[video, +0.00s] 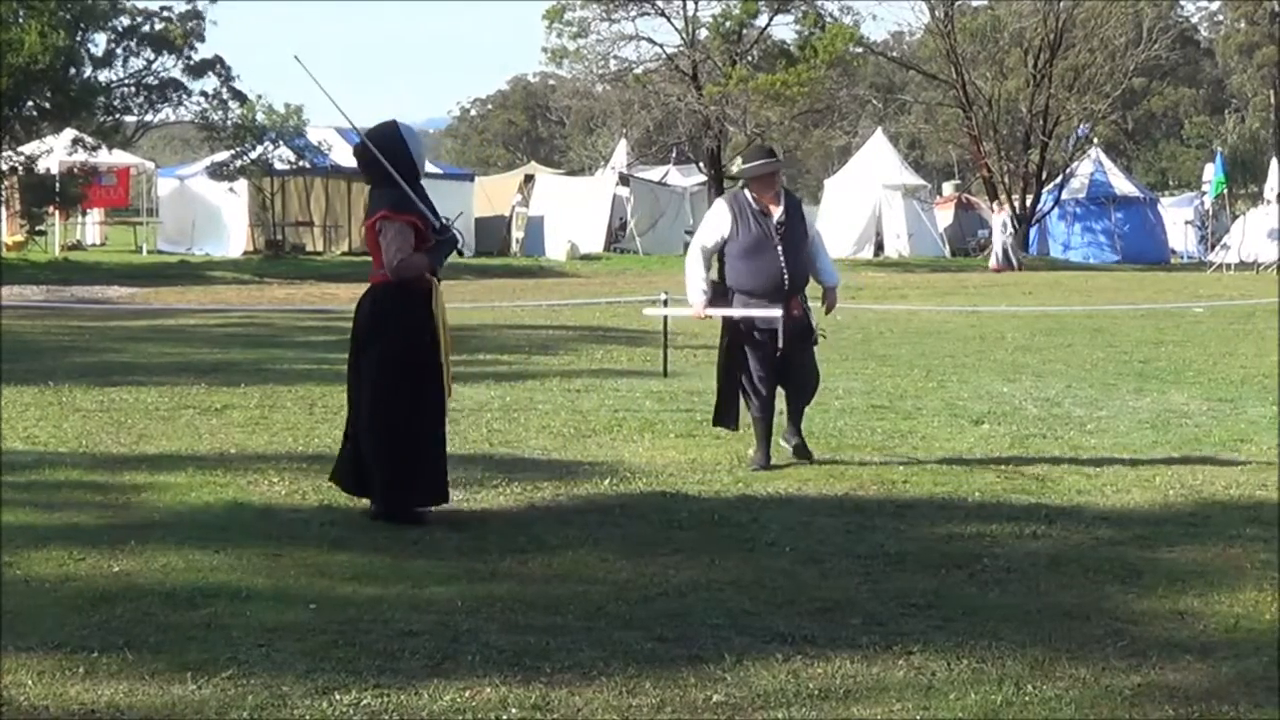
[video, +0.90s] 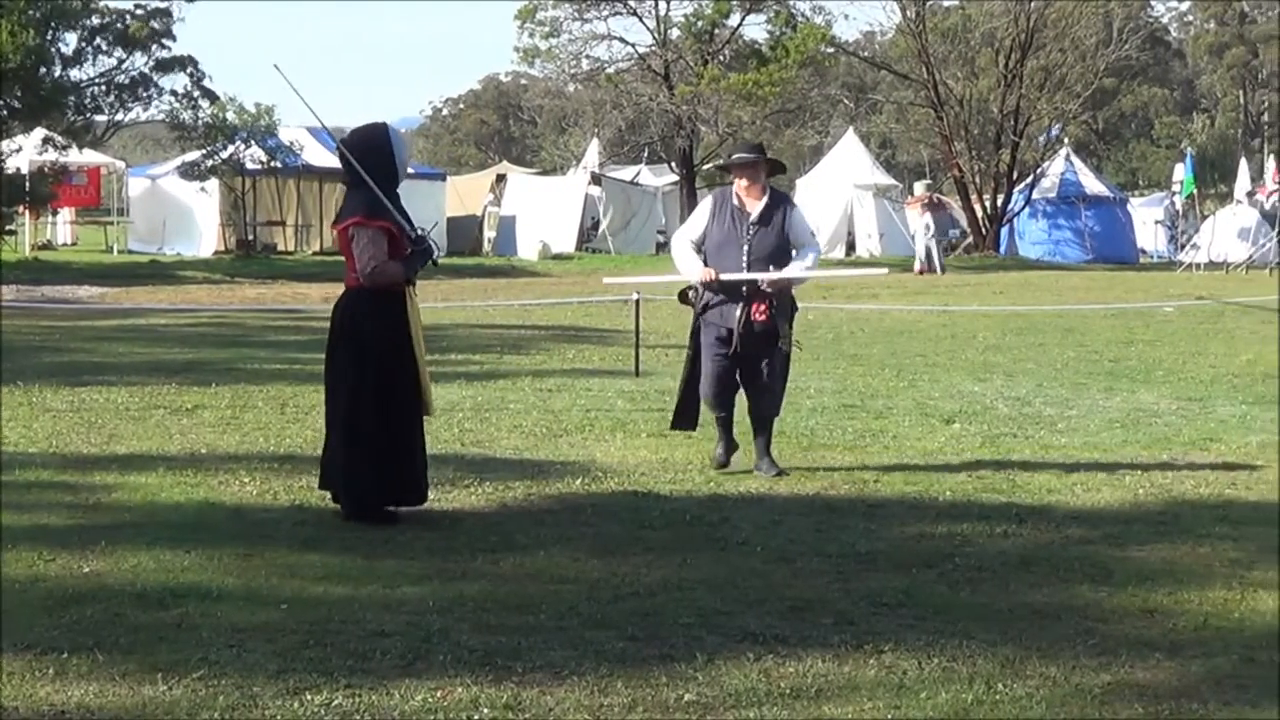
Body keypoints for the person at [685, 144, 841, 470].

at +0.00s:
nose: (771, 181)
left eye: (774, 174)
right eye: (763, 177)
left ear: (780, 173)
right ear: (748, 180)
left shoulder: (794, 205)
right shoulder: (728, 209)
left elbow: (814, 245)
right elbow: (698, 251)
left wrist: (830, 282)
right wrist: (698, 296)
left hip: (793, 306)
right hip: (749, 308)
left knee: (805, 377)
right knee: (759, 384)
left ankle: (793, 429)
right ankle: (762, 450)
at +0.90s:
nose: (744, 175)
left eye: (751, 169)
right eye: (738, 170)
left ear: (765, 170)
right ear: (731, 173)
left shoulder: (785, 208)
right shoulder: (714, 203)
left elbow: (811, 251)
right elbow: (680, 240)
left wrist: (786, 277)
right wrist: (697, 270)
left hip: (768, 309)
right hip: (719, 308)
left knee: (766, 387)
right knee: (713, 387)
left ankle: (763, 455)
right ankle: (724, 438)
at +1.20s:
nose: (694, 173)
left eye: (702, 166)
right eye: (690, 168)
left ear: (721, 171)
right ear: (684, 173)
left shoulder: (740, 209)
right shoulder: (670, 204)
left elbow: (763, 255)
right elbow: (640, 240)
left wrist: (737, 248)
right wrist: (622, 267)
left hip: (726, 314)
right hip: (677, 312)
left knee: (724, 392)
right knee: (677, 392)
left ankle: (725, 455)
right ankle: (672, 464)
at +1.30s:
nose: (681, 173)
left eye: (689, 166)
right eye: (677, 167)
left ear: (707, 170)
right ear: (671, 172)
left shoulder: (728, 208)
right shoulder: (656, 206)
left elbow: (752, 253)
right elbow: (627, 243)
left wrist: (729, 239)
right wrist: (603, 272)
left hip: (714, 314)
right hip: (666, 313)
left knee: (713, 391)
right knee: (668, 391)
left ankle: (716, 455)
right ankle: (663, 463)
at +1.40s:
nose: (661, 172)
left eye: (669, 166)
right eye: (656, 167)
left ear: (686, 169)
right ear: (650, 172)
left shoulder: (707, 205)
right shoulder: (637, 205)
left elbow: (734, 248)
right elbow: (608, 244)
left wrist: (715, 231)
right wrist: (583, 277)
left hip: (696, 314)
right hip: (648, 313)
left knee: (700, 390)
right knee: (652, 393)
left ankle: (704, 454)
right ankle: (651, 464)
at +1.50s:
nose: (648, 173)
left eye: (655, 166)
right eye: (643, 167)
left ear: (673, 169)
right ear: (637, 172)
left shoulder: (693, 203)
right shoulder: (624, 205)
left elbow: (721, 249)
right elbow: (594, 244)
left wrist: (707, 228)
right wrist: (571, 278)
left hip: (685, 312)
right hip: (638, 312)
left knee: (692, 389)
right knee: (644, 392)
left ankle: (697, 452)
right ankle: (642, 463)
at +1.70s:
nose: (615, 175)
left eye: (622, 167)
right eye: (609, 168)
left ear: (637, 168)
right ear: (601, 172)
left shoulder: (654, 203)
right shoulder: (586, 204)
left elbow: (680, 248)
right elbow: (556, 243)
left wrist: (678, 226)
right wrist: (536, 274)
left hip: (650, 307)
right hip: (604, 309)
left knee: (668, 379)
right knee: (612, 390)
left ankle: (669, 446)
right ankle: (612, 462)